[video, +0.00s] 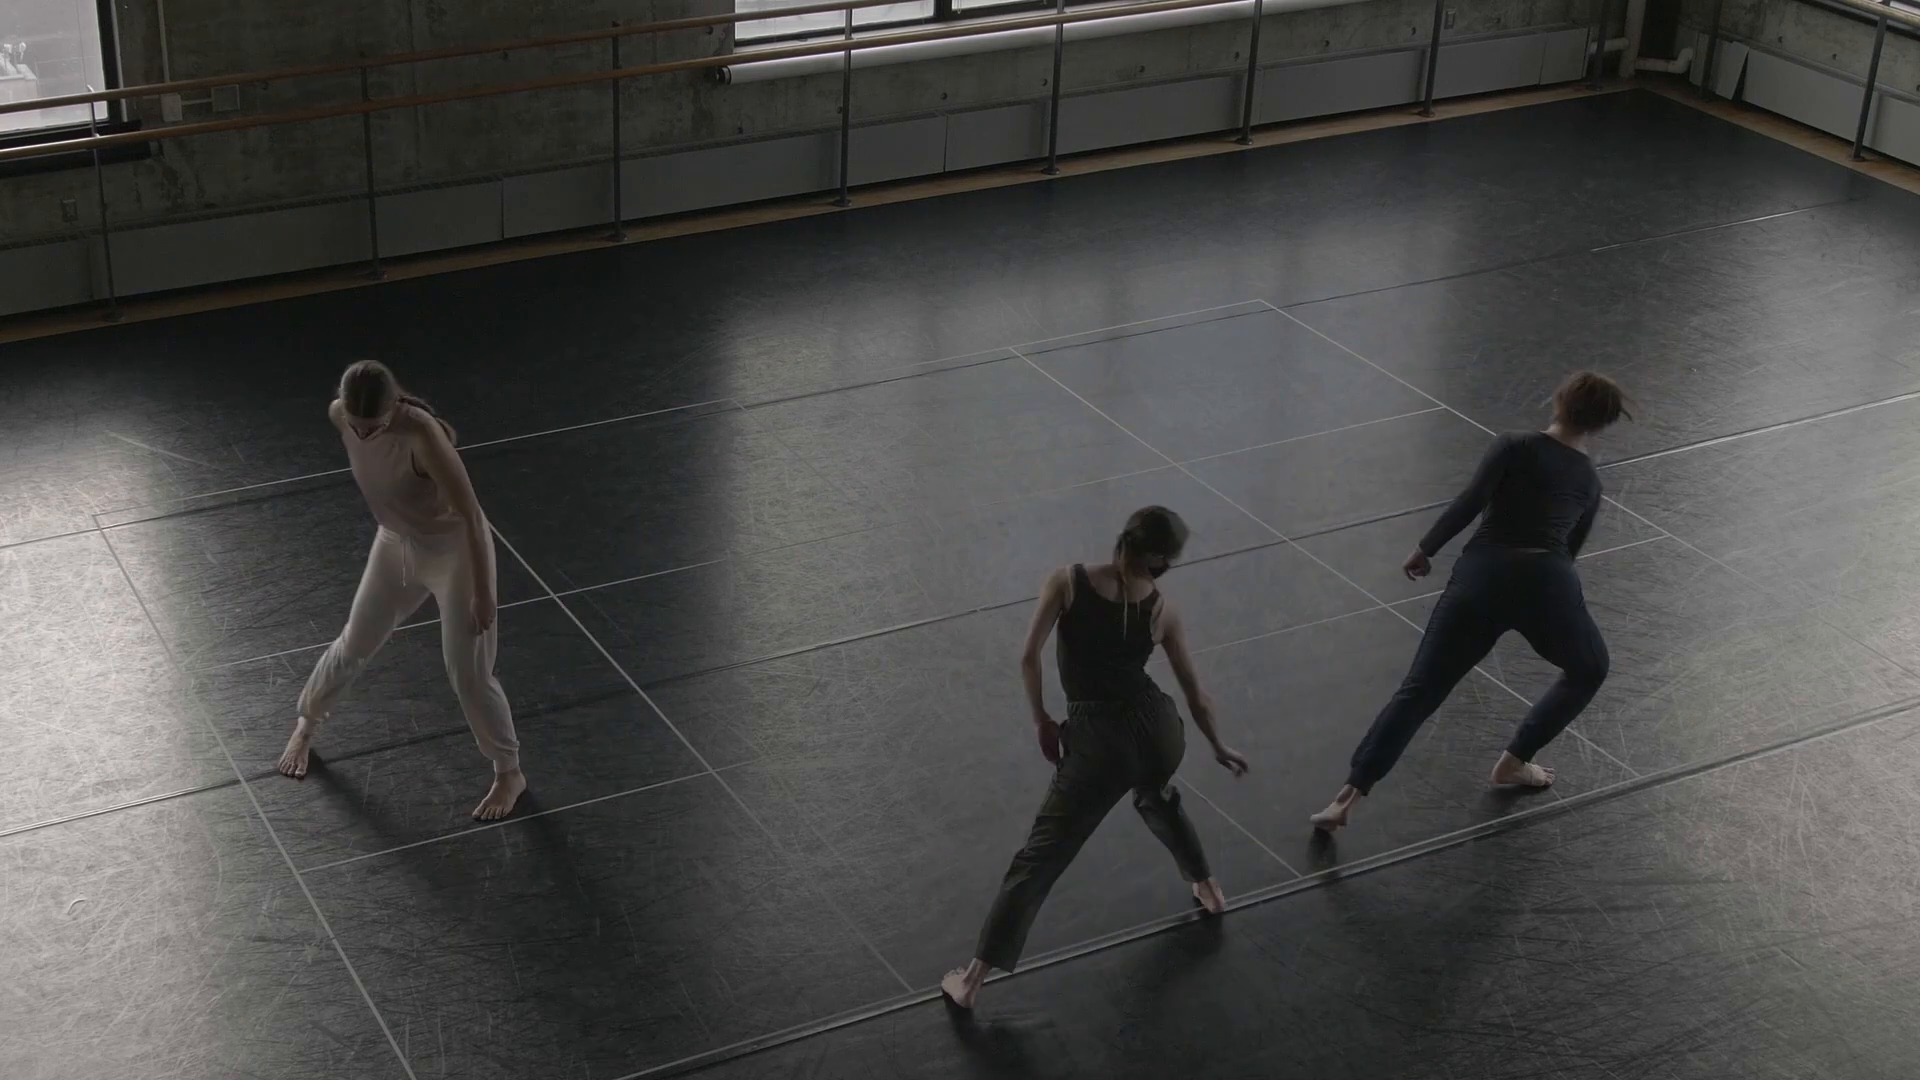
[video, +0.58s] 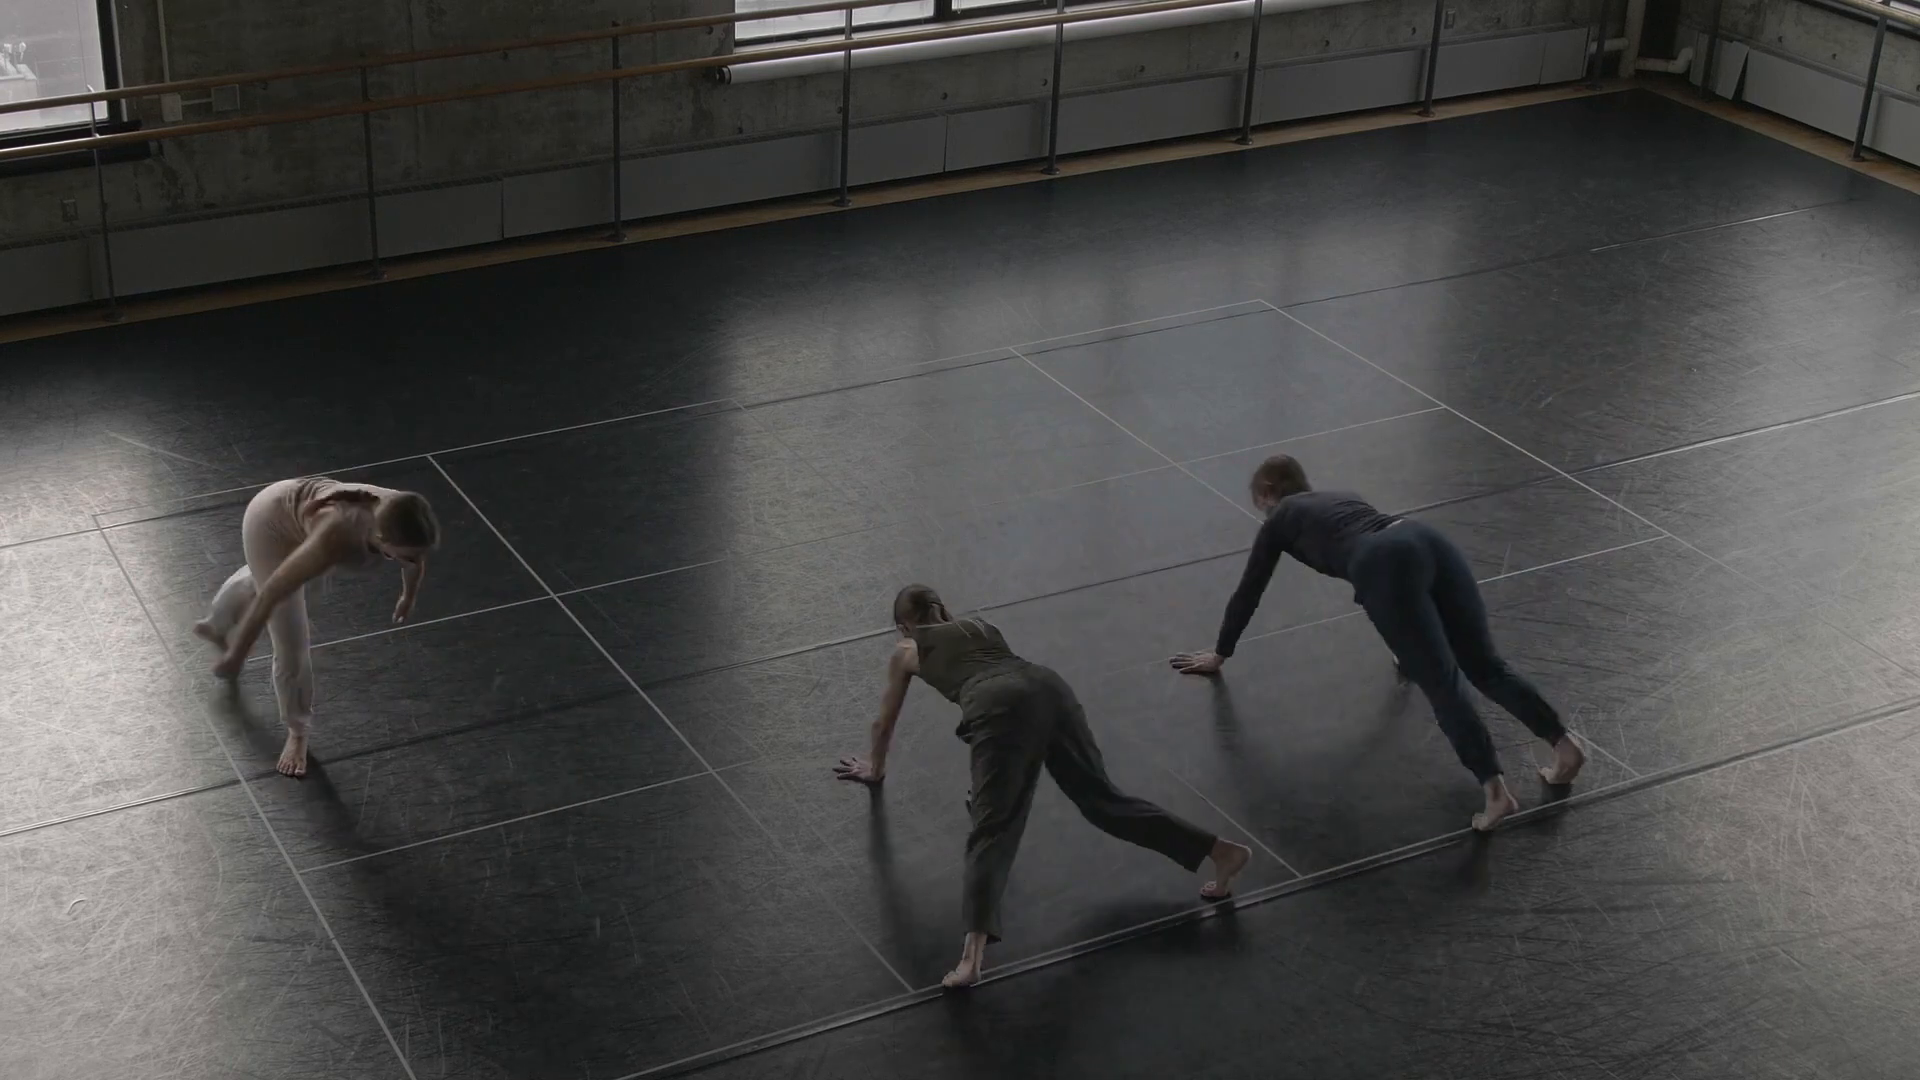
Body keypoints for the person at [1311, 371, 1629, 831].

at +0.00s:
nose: (1554, 405)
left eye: (1558, 399)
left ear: (1557, 406)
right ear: (1600, 425)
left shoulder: (1513, 445)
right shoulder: (1590, 482)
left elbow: (1471, 502)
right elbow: (1569, 550)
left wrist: (1424, 549)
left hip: (1482, 575)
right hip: (1547, 586)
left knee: (1420, 687)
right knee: (1589, 669)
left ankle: (1346, 798)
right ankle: (1513, 763)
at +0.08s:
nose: (1513, 422)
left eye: (1517, 416)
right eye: (1521, 418)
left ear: (1519, 421)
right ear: (1559, 433)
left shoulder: (1496, 456)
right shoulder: (1550, 473)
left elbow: (1464, 510)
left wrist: (1409, 540)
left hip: (1486, 581)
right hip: (1549, 582)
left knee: (1425, 695)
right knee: (1587, 667)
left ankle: (1354, 804)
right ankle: (1517, 761)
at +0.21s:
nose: (1438, 457)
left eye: (1441, 451)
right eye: (1440, 450)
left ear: (1451, 454)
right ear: (1483, 459)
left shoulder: (1447, 477)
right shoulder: (1491, 499)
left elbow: (1399, 529)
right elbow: (1451, 574)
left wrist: (1357, 544)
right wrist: (1421, 636)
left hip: (1489, 569)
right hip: (1553, 570)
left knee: (1440, 693)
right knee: (1571, 667)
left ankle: (1375, 807)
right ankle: (1529, 760)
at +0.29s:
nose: (1389, 483)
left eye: (1390, 475)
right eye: (1389, 476)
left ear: (1404, 474)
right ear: (1438, 474)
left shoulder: (1402, 498)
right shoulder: (1457, 507)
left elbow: (1345, 548)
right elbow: (1437, 593)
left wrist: (1299, 576)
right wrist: (1414, 656)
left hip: (1475, 566)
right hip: (1540, 559)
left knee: (1446, 694)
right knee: (1558, 661)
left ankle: (1403, 812)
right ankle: (1543, 754)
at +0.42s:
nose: (1332, 506)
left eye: (1333, 498)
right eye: (1333, 498)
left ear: (1345, 495)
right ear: (1375, 489)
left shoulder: (1344, 524)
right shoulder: (1406, 510)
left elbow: (1290, 583)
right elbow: (1424, 580)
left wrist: (1235, 624)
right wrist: (1413, 655)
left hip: (1449, 560)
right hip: (1506, 549)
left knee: (1452, 692)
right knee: (1528, 661)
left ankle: (1445, 814)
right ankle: (1564, 742)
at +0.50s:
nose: (1298, 512)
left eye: (1298, 504)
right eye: (1298, 504)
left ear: (1308, 500)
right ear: (1339, 490)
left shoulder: (1312, 532)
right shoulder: (1375, 506)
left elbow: (1267, 598)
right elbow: (1417, 571)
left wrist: (1220, 654)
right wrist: (1411, 653)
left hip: (1421, 564)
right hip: (1471, 548)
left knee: (1450, 692)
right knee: (1502, 663)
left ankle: (1474, 808)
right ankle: (1567, 740)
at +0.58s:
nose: (1258, 510)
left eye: (1258, 502)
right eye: (1258, 503)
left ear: (1269, 494)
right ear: (1299, 485)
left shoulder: (1279, 521)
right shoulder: (1338, 500)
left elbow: (1247, 594)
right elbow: (1383, 567)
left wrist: (1219, 655)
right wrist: (1408, 650)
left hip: (1382, 563)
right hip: (1425, 540)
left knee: (1440, 682)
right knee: (1484, 663)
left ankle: (1496, 791)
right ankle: (1565, 745)